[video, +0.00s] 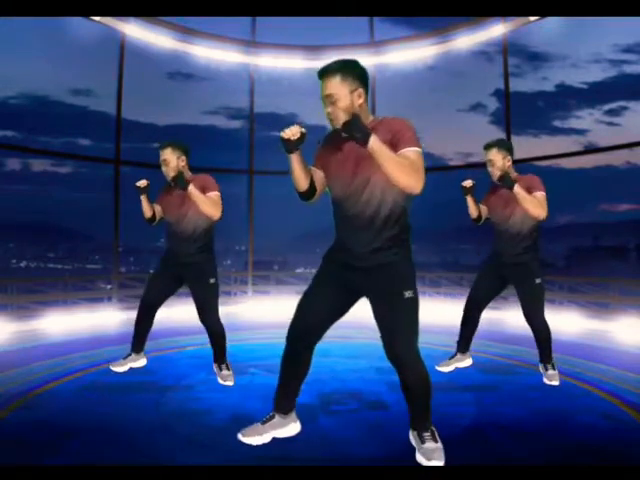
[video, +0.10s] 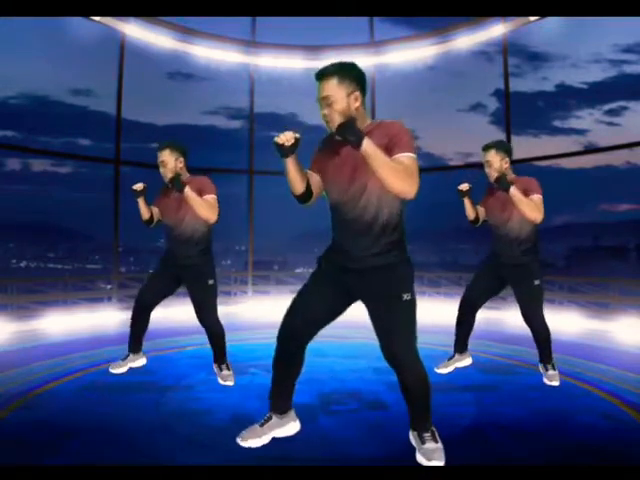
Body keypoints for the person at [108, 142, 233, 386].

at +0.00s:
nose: (164, 167)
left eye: (167, 162)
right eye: (162, 163)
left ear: (182, 161)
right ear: (163, 166)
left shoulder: (204, 182)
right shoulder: (168, 191)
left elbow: (215, 212)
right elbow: (152, 217)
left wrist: (189, 186)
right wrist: (143, 195)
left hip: (201, 262)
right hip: (173, 261)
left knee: (210, 317)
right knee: (148, 304)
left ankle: (222, 364)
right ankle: (136, 354)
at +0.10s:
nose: (161, 169)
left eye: (164, 163)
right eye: (159, 165)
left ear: (180, 162)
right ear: (161, 168)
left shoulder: (202, 183)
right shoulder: (167, 193)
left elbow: (211, 215)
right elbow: (150, 219)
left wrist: (185, 188)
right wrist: (141, 198)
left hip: (199, 263)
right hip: (172, 262)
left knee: (208, 317)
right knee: (143, 302)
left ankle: (222, 365)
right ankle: (135, 354)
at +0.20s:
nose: (153, 159)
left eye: (157, 154)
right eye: (152, 155)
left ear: (172, 154)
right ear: (154, 159)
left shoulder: (195, 178)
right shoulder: (158, 188)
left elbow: (203, 207)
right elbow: (144, 213)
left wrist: (177, 178)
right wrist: (136, 191)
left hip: (192, 258)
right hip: (164, 258)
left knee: (206, 314)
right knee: (135, 294)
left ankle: (222, 364)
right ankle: (127, 346)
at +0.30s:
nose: (145, 154)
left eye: (148, 149)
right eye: (143, 150)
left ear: (164, 150)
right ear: (145, 154)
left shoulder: (186, 173)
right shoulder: (148, 181)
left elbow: (193, 201)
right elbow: (134, 207)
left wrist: (168, 174)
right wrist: (127, 186)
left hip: (183, 252)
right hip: (154, 252)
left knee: (201, 305)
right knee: (129, 296)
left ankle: (213, 356)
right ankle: (119, 342)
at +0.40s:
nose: (138, 163)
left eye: (142, 157)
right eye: (137, 158)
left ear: (156, 158)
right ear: (138, 162)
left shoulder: (178, 183)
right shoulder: (141, 191)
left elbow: (185, 213)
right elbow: (122, 214)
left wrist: (161, 187)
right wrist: (116, 192)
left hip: (173, 260)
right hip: (143, 261)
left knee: (199, 308)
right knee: (124, 304)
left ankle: (197, 356)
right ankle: (117, 348)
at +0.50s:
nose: (135, 165)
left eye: (139, 160)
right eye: (133, 160)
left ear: (154, 160)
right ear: (134, 164)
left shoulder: (174, 187)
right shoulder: (137, 193)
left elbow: (185, 219)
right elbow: (118, 215)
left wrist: (161, 194)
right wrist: (112, 194)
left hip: (169, 264)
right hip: (138, 264)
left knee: (196, 314)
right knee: (121, 307)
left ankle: (193, 358)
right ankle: (117, 347)